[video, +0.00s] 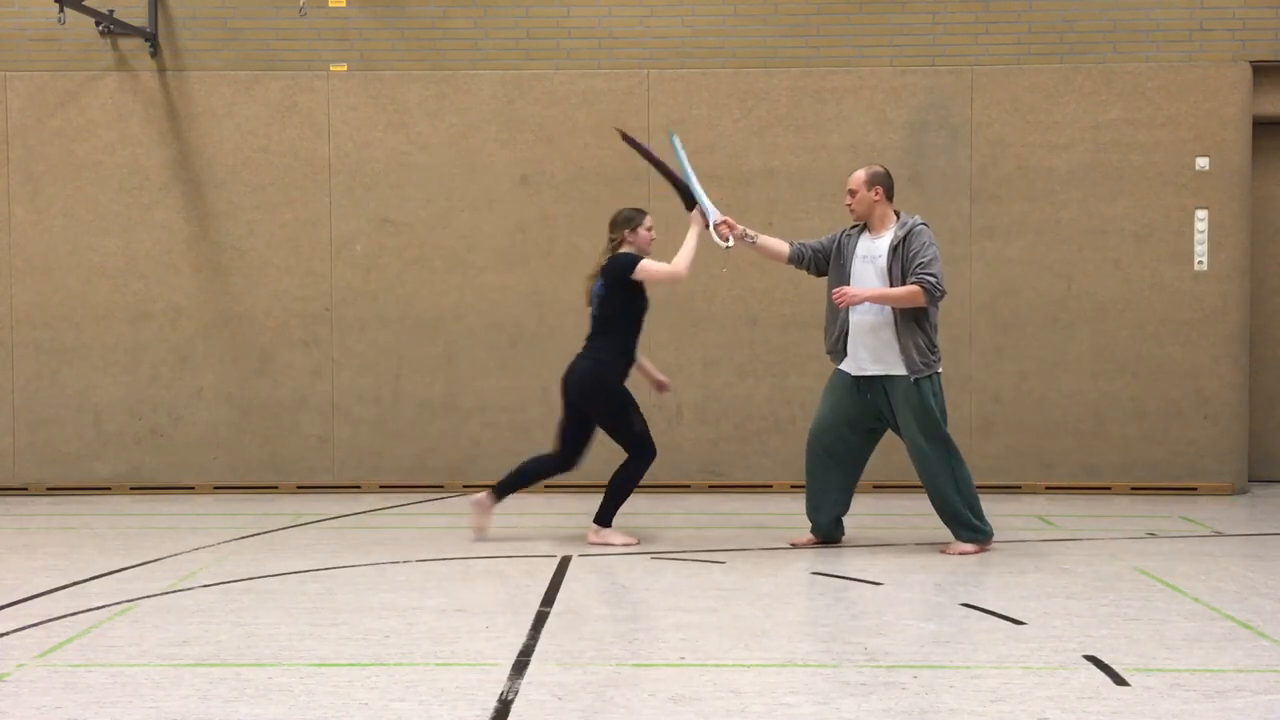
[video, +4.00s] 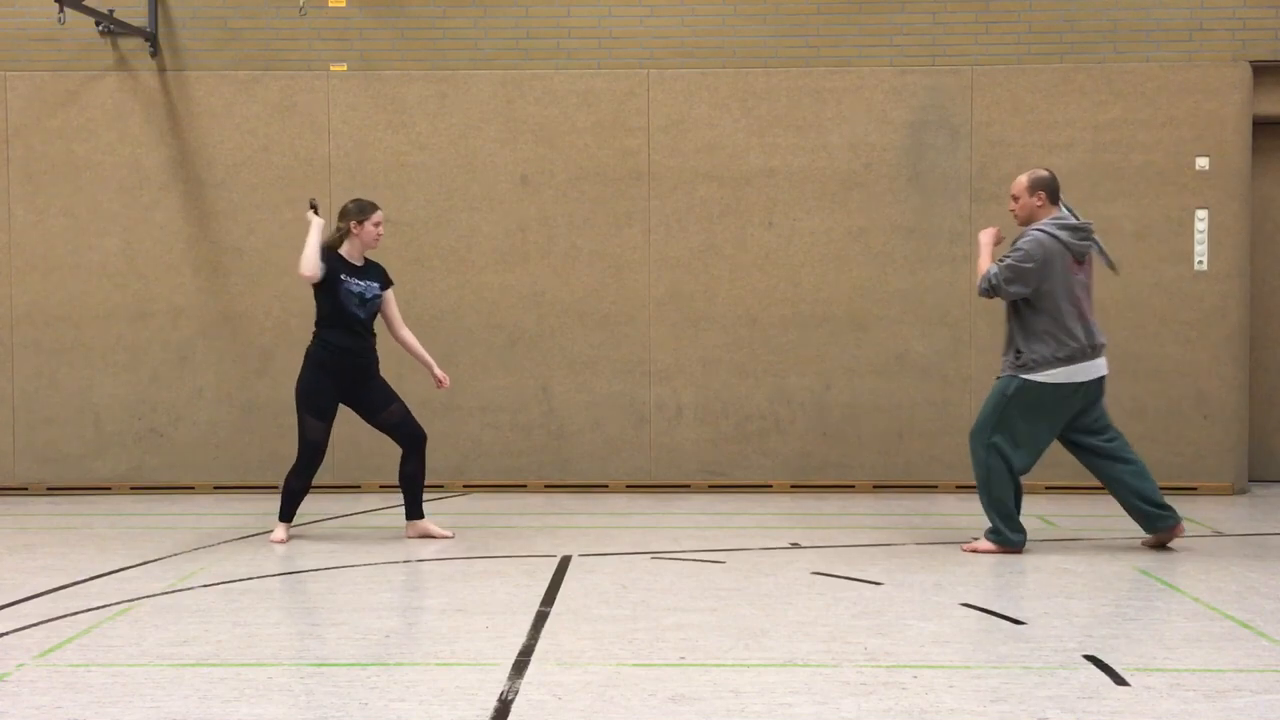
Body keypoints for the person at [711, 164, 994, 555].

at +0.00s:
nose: (846, 201)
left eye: (852, 193)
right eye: (846, 194)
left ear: (878, 194)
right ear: (866, 196)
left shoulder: (914, 234)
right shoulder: (845, 241)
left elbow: (928, 291)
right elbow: (798, 253)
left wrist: (867, 294)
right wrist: (742, 233)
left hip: (906, 372)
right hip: (853, 372)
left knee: (933, 451)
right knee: (824, 441)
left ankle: (974, 534)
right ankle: (826, 530)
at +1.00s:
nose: (855, 206)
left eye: (860, 199)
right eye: (854, 199)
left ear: (885, 198)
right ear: (880, 199)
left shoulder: (926, 236)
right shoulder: (858, 242)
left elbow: (943, 295)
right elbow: (827, 285)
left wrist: (887, 299)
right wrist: (796, 307)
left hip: (915, 374)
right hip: (861, 372)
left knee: (937, 454)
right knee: (830, 440)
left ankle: (974, 536)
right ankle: (826, 529)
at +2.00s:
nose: (929, 212)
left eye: (930, 204)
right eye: (926, 205)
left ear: (950, 195)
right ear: (953, 194)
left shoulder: (969, 229)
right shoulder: (991, 221)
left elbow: (973, 288)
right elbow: (997, 283)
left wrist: (912, 297)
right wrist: (952, 301)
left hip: (991, 364)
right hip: (1020, 358)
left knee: (969, 446)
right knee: (992, 446)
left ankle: (988, 539)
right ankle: (1013, 525)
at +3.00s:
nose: (1053, 205)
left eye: (1057, 196)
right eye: (1052, 197)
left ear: (1081, 194)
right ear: (1088, 193)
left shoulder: (1084, 235)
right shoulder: (1122, 229)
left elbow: (1036, 276)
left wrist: (1025, 235)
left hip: (1087, 370)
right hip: (1129, 367)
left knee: (1047, 447)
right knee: (1134, 450)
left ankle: (1021, 538)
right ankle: (1172, 534)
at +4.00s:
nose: (1011, 206)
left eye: (1016, 198)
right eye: (1011, 199)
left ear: (1040, 200)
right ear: (1048, 200)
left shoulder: (1037, 244)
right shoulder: (1074, 232)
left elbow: (988, 284)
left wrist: (985, 246)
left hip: (1042, 373)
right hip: (1084, 369)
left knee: (987, 440)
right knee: (1101, 445)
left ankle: (1005, 535)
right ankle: (1162, 520)